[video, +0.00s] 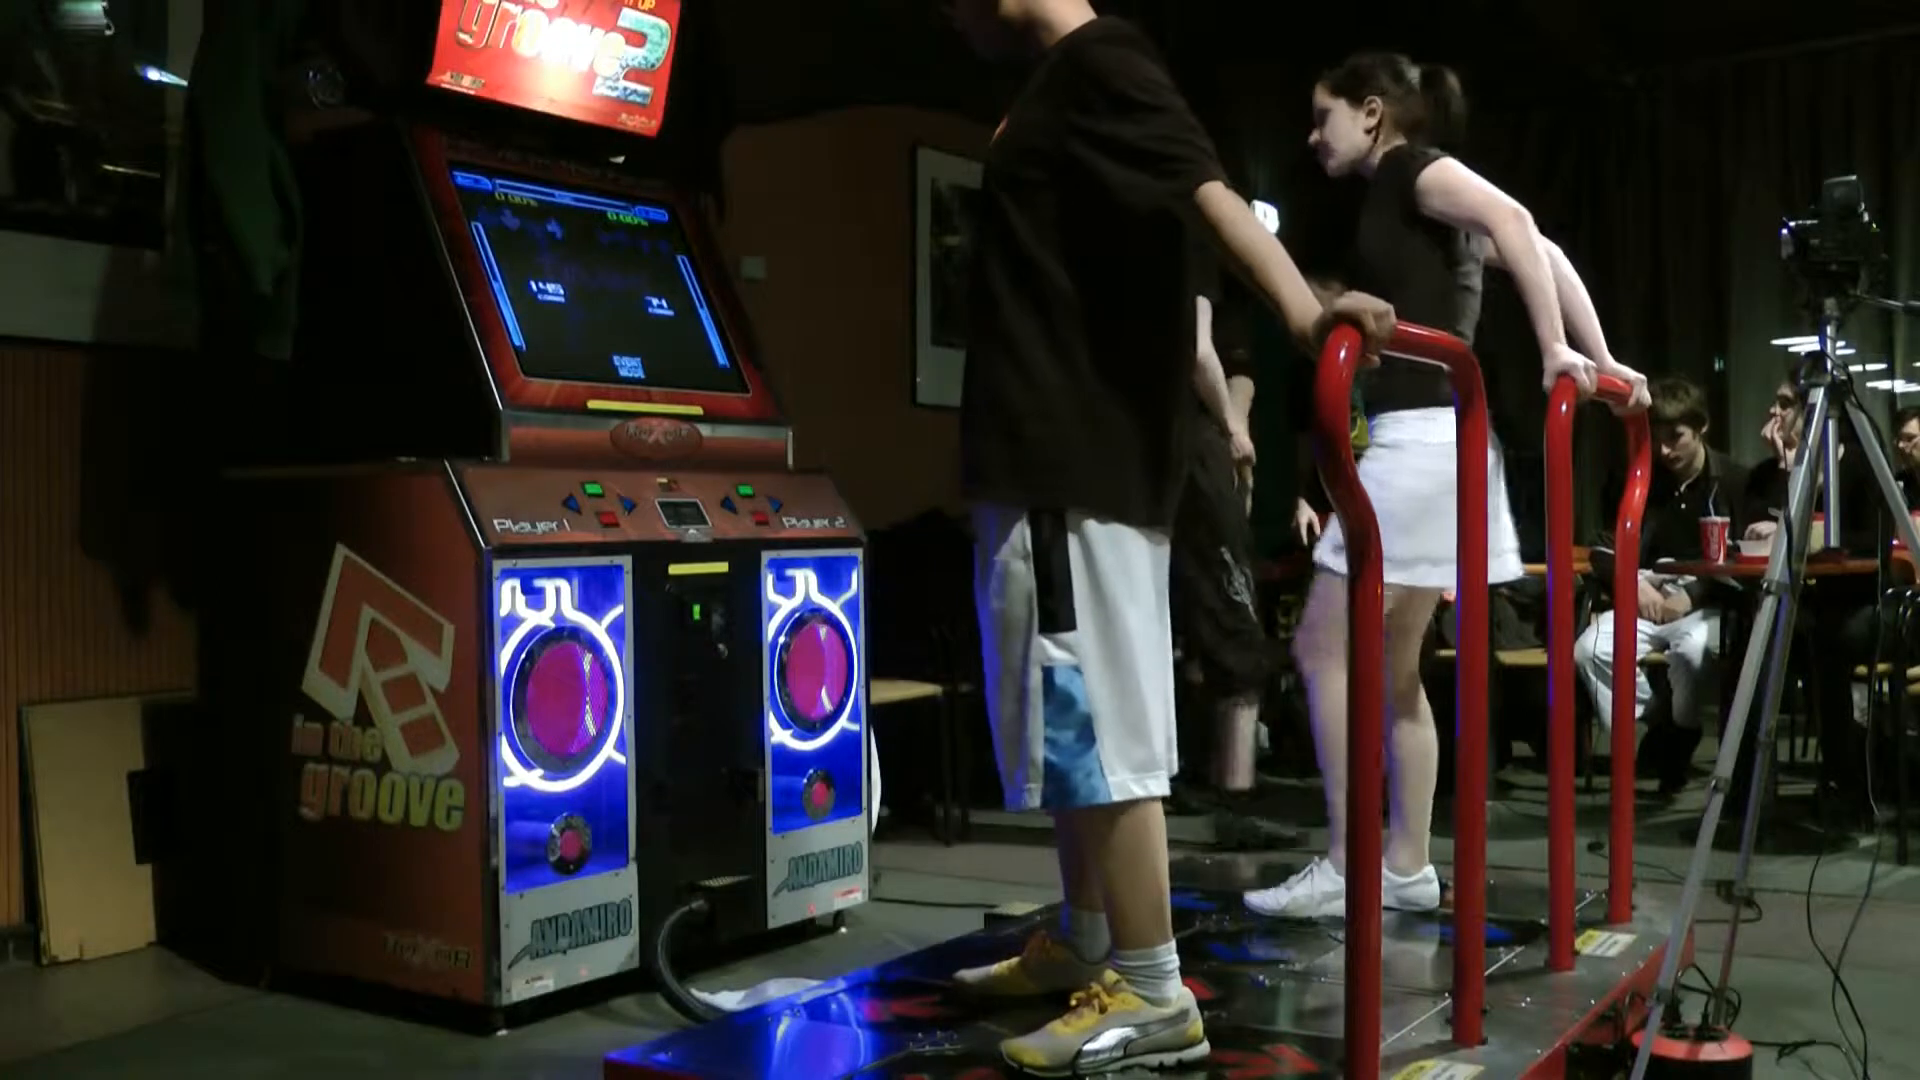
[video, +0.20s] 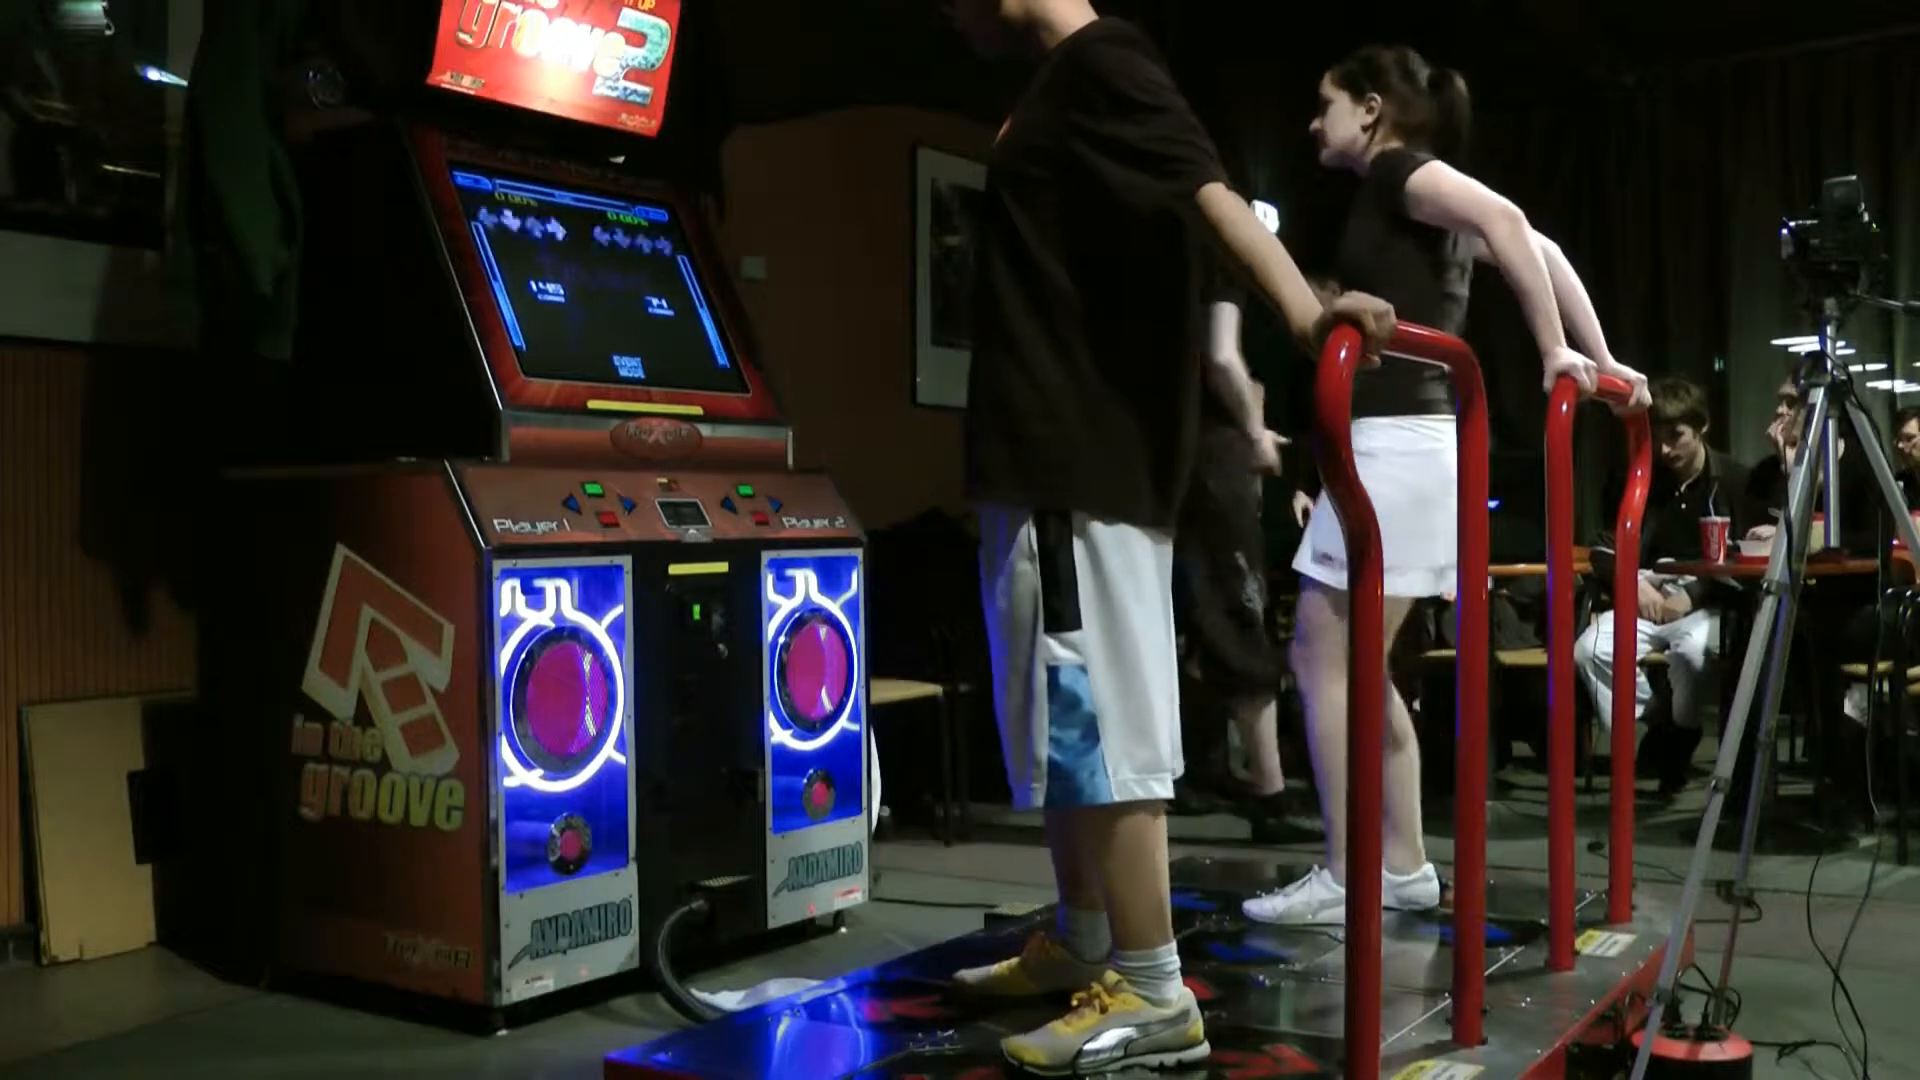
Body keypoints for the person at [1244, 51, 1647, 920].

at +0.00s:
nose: (1315, 134)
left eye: (1326, 116)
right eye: (1315, 119)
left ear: (1375, 112)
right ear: (1383, 115)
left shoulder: (1409, 170)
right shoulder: (1415, 184)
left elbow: (1511, 223)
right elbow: (1548, 252)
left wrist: (1555, 353)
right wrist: (1602, 357)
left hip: (1406, 448)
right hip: (1435, 449)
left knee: (1324, 653)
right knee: (1398, 676)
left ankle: (1344, 860)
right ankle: (1408, 867)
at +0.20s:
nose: (1316, 124)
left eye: (1328, 107)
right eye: (1319, 109)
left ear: (1374, 109)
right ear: (1391, 113)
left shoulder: (1394, 172)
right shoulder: (1425, 185)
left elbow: (1506, 225)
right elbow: (1545, 252)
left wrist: (1554, 351)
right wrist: (1602, 358)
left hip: (1387, 451)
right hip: (1418, 452)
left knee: (1321, 659)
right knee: (1365, 669)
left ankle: (1342, 874)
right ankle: (1405, 866)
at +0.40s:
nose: (1310, 112)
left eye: (1322, 96)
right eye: (1314, 97)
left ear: (1369, 99)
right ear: (1382, 102)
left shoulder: (1393, 169)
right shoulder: (1406, 172)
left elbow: (1504, 228)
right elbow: (1546, 237)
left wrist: (1557, 352)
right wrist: (1605, 354)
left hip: (1382, 439)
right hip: (1396, 438)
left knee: (1329, 654)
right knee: (1346, 656)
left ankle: (1345, 874)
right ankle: (1396, 857)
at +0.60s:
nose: (1309, 118)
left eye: (1320, 102)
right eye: (1313, 103)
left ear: (1365, 105)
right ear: (1384, 108)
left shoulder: (1381, 172)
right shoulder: (1411, 177)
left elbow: (1501, 230)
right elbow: (1547, 244)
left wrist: (1558, 353)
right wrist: (1603, 357)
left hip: (1378, 448)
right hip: (1419, 448)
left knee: (1322, 659)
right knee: (1365, 669)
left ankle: (1344, 875)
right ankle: (1385, 874)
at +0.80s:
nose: (1316, 116)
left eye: (1326, 99)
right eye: (1318, 101)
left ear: (1370, 101)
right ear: (1391, 105)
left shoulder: (1388, 169)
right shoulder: (1418, 174)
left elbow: (1504, 229)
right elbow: (1546, 247)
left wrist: (1557, 353)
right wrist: (1602, 357)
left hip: (1384, 445)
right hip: (1429, 446)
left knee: (1313, 655)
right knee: (1382, 675)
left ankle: (1340, 868)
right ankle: (1387, 874)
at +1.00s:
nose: (1317, 121)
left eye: (1326, 104)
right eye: (1317, 106)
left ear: (1369, 102)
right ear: (1393, 106)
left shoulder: (1388, 169)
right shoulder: (1419, 177)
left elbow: (1504, 229)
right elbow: (1547, 249)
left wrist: (1557, 351)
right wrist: (1603, 357)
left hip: (1381, 447)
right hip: (1426, 448)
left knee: (1321, 662)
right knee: (1376, 674)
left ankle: (1340, 875)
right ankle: (1387, 875)